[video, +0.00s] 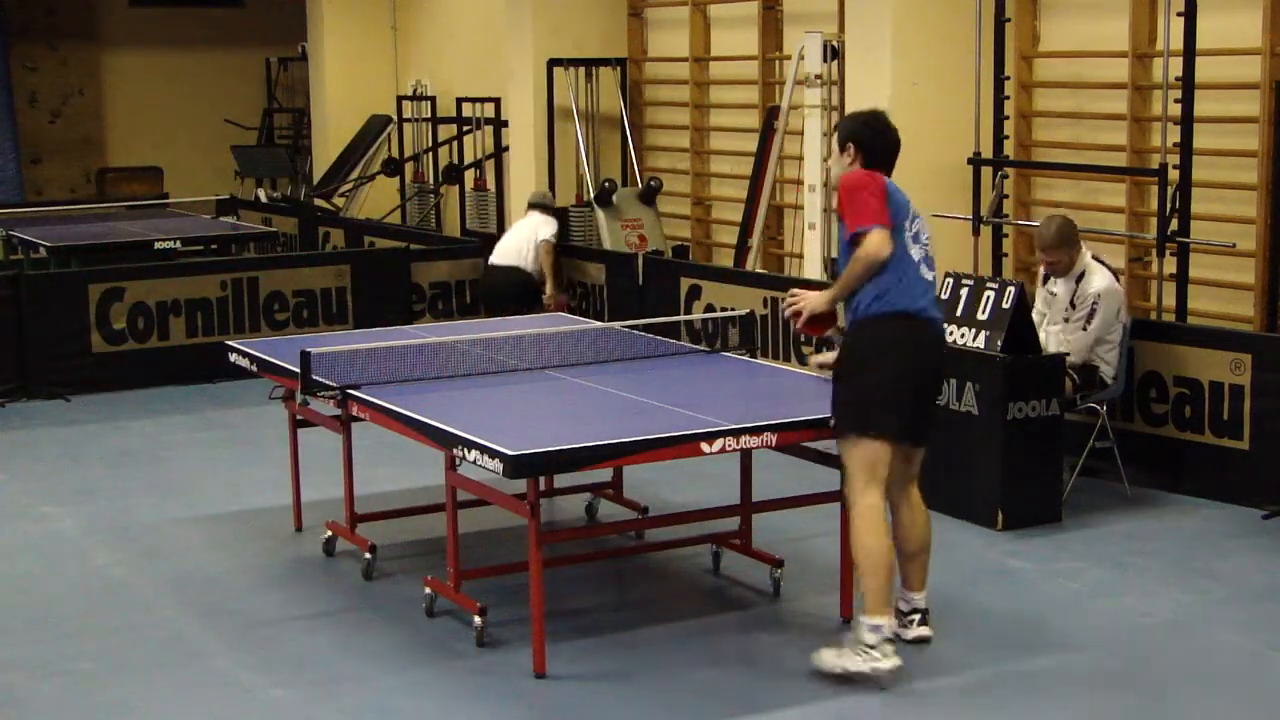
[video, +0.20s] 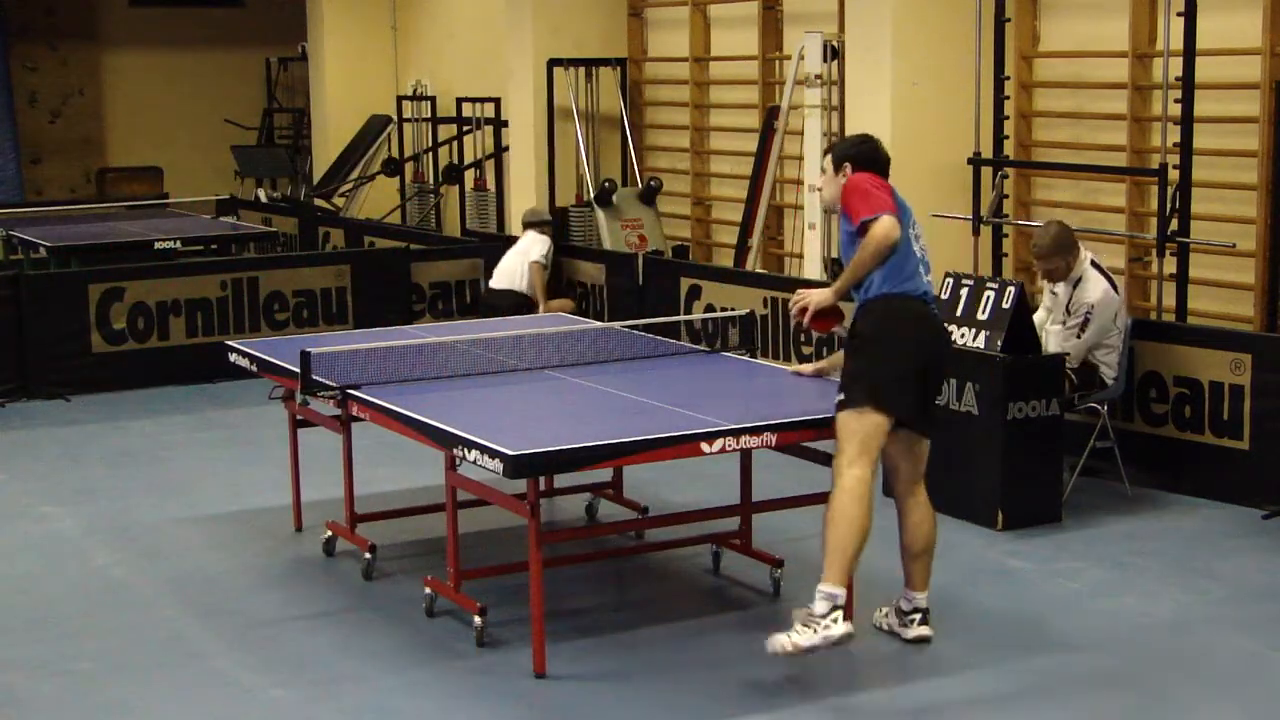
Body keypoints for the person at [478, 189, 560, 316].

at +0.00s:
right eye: (552, 210)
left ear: (528, 208)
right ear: (550, 210)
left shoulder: (519, 223)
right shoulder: (548, 221)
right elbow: (546, 249)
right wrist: (549, 286)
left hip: (492, 275)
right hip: (519, 277)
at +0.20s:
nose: (551, 230)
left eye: (550, 225)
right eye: (549, 226)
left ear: (525, 227)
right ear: (543, 226)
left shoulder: (518, 243)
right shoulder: (543, 240)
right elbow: (536, 265)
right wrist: (542, 304)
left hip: (490, 300)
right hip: (515, 304)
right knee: (568, 305)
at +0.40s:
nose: (556, 214)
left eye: (556, 209)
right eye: (555, 209)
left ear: (533, 208)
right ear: (545, 209)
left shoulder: (521, 223)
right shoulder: (538, 224)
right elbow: (524, 252)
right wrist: (528, 293)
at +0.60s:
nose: (554, 178)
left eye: (553, 172)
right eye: (550, 172)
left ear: (538, 172)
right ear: (538, 172)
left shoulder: (532, 194)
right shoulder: (521, 187)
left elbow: (520, 234)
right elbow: (496, 217)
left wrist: (531, 263)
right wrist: (501, 256)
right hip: (489, 250)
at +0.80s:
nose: (530, 151)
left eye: (532, 146)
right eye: (525, 145)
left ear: (534, 148)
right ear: (509, 146)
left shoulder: (527, 180)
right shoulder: (491, 167)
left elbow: (527, 219)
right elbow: (461, 196)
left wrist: (538, 249)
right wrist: (480, 226)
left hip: (508, 243)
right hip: (479, 240)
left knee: (509, 294)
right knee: (502, 293)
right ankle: (491, 342)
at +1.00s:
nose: (500, 144)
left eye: (504, 139)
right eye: (494, 139)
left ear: (508, 143)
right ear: (482, 142)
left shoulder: (517, 174)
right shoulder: (464, 169)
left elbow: (524, 208)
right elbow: (443, 202)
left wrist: (525, 235)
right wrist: (460, 225)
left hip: (501, 242)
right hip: (469, 239)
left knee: (503, 295)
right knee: (468, 296)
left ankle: (483, 336)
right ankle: (464, 342)